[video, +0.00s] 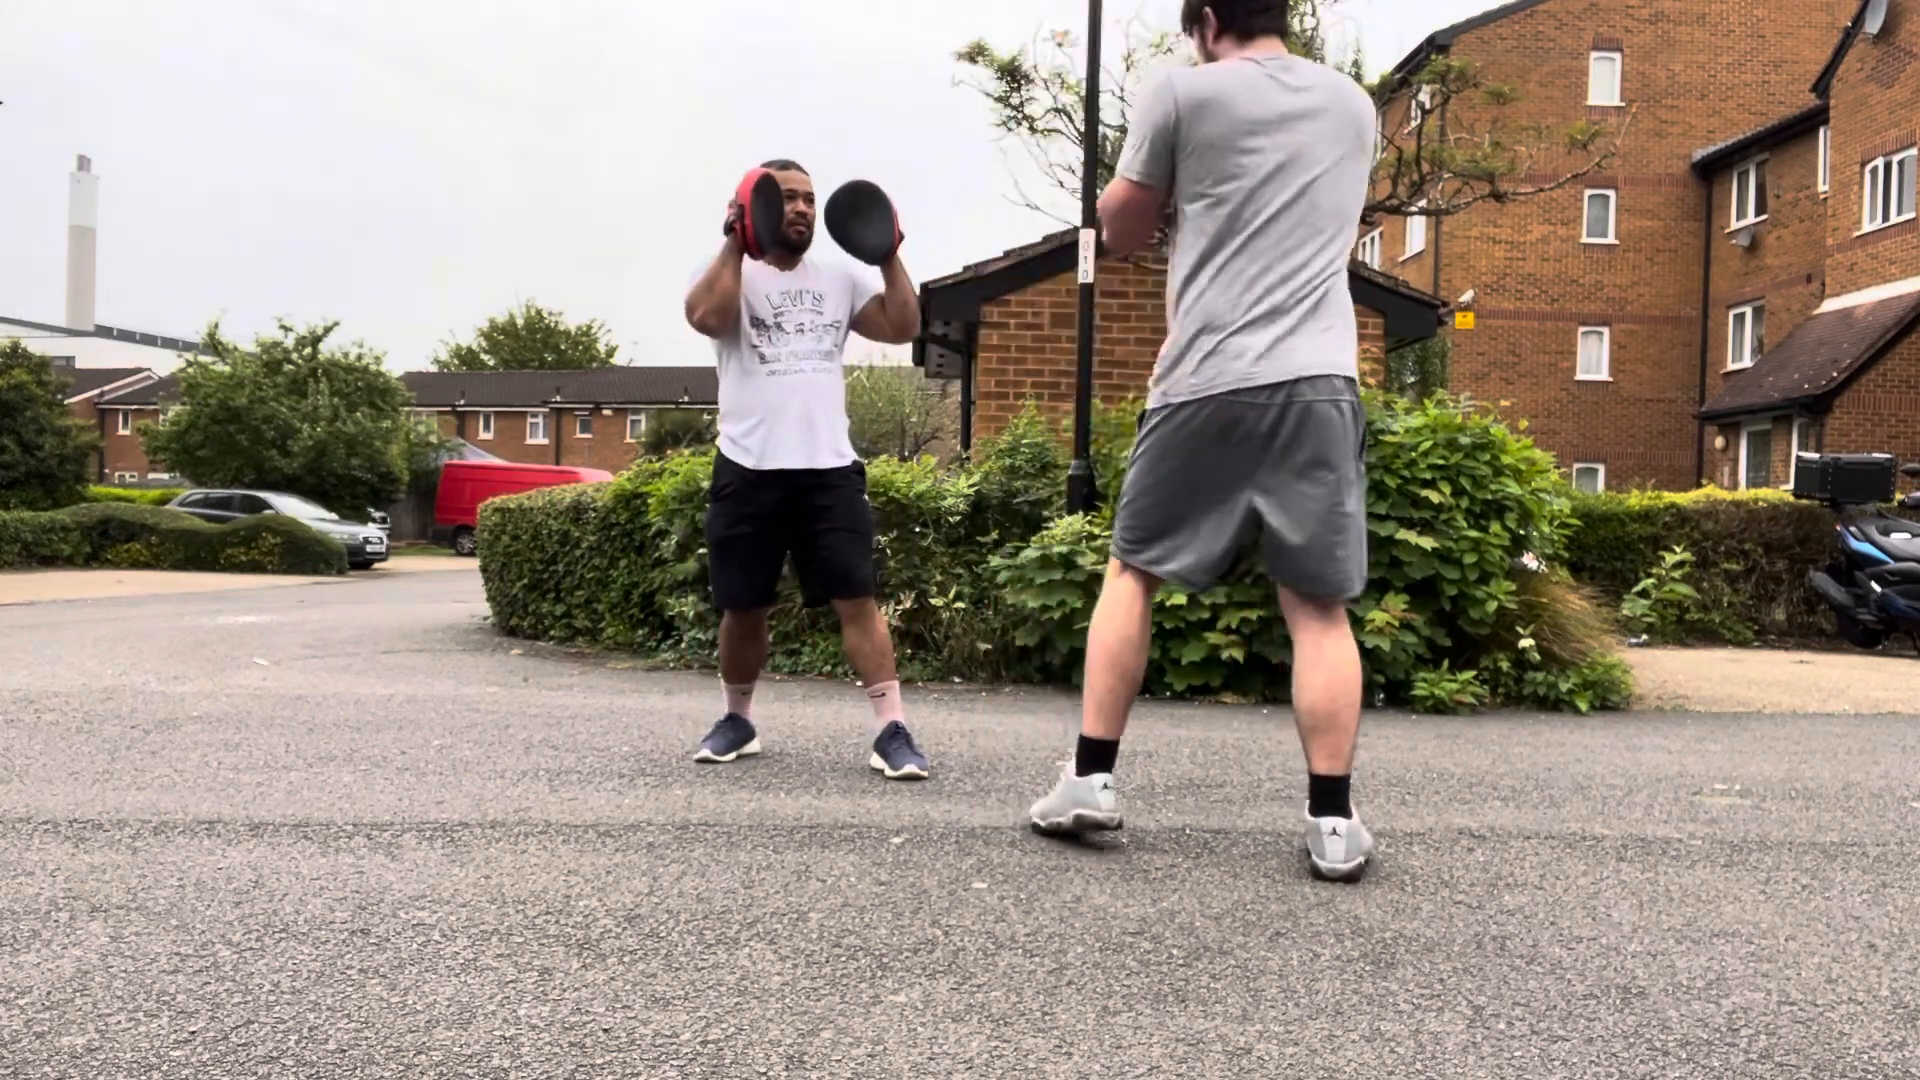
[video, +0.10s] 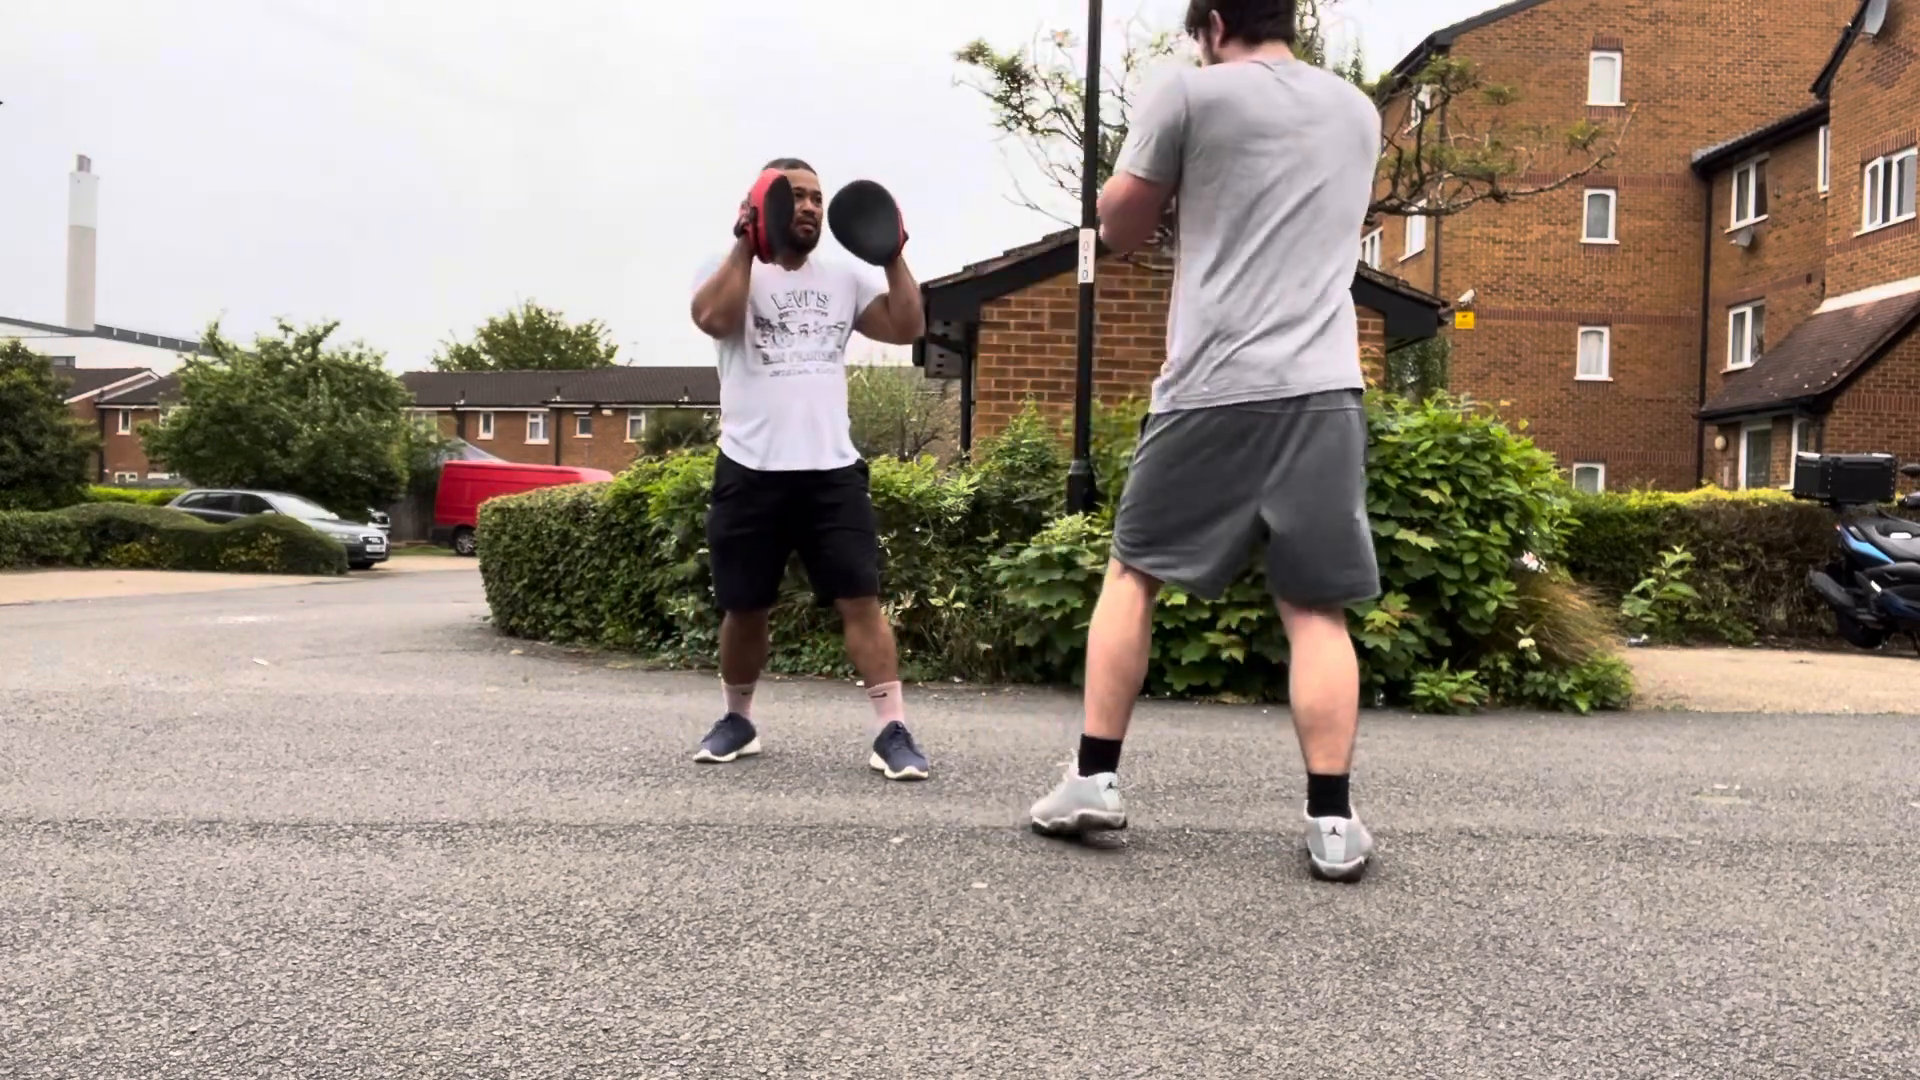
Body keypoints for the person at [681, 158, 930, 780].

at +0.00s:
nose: (798, 209)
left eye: (806, 199)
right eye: (784, 199)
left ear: (817, 212)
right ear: (754, 209)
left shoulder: (839, 276)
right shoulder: (729, 274)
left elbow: (901, 326)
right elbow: (707, 317)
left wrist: (890, 255)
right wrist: (734, 241)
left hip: (829, 466)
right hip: (747, 467)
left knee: (857, 596)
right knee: (740, 603)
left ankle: (892, 728)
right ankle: (737, 720)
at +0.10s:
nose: (807, 208)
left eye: (815, 198)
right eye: (793, 197)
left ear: (824, 210)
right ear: (763, 207)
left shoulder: (843, 276)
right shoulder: (733, 273)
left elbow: (906, 327)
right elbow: (715, 319)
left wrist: (894, 255)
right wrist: (745, 243)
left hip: (832, 466)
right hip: (750, 468)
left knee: (860, 595)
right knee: (742, 603)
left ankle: (893, 727)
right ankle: (737, 719)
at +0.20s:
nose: (811, 207)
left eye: (819, 197)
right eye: (797, 195)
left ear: (828, 210)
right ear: (765, 206)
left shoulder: (846, 276)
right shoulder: (733, 272)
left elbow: (908, 331)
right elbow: (718, 323)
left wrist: (900, 258)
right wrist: (751, 243)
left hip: (833, 467)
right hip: (751, 469)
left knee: (862, 594)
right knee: (743, 604)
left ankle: (893, 727)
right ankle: (737, 719)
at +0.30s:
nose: (814, 205)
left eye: (822, 195)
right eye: (799, 194)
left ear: (831, 208)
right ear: (767, 203)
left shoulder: (848, 275)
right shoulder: (730, 270)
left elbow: (911, 334)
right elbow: (720, 329)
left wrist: (906, 264)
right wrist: (754, 251)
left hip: (835, 467)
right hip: (752, 468)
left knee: (866, 591)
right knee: (743, 603)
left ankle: (893, 728)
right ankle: (737, 719)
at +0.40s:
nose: (815, 201)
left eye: (823, 191)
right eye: (800, 191)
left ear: (833, 204)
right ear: (769, 201)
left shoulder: (854, 270)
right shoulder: (733, 269)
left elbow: (916, 331)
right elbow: (717, 334)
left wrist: (910, 261)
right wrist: (751, 258)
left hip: (838, 466)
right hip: (754, 468)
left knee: (868, 592)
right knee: (744, 604)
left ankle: (893, 728)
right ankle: (737, 719)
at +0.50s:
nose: (817, 197)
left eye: (824, 188)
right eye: (802, 187)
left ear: (834, 201)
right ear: (769, 198)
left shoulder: (857, 268)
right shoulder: (739, 269)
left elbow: (927, 313)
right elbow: (712, 337)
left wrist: (926, 237)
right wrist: (748, 260)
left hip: (842, 465)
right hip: (757, 467)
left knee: (870, 590)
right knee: (745, 603)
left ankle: (892, 729)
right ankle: (738, 719)